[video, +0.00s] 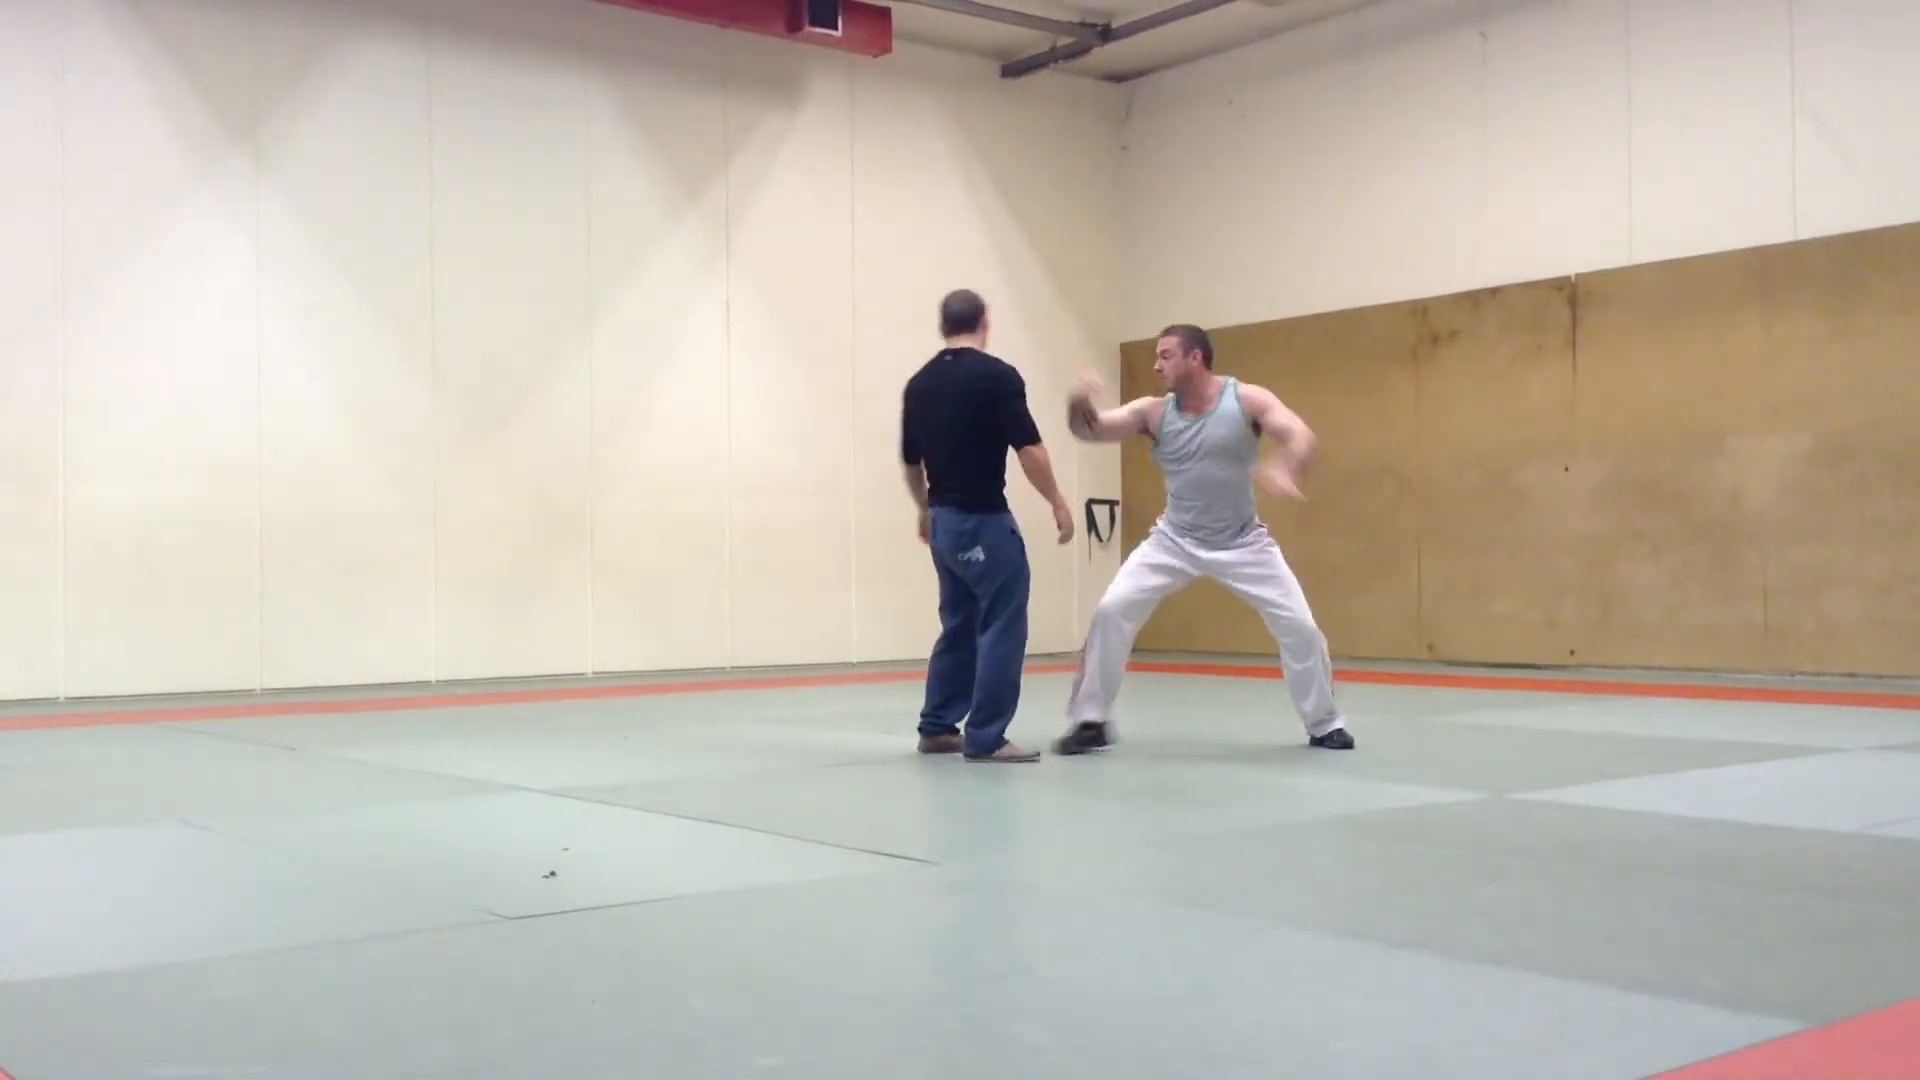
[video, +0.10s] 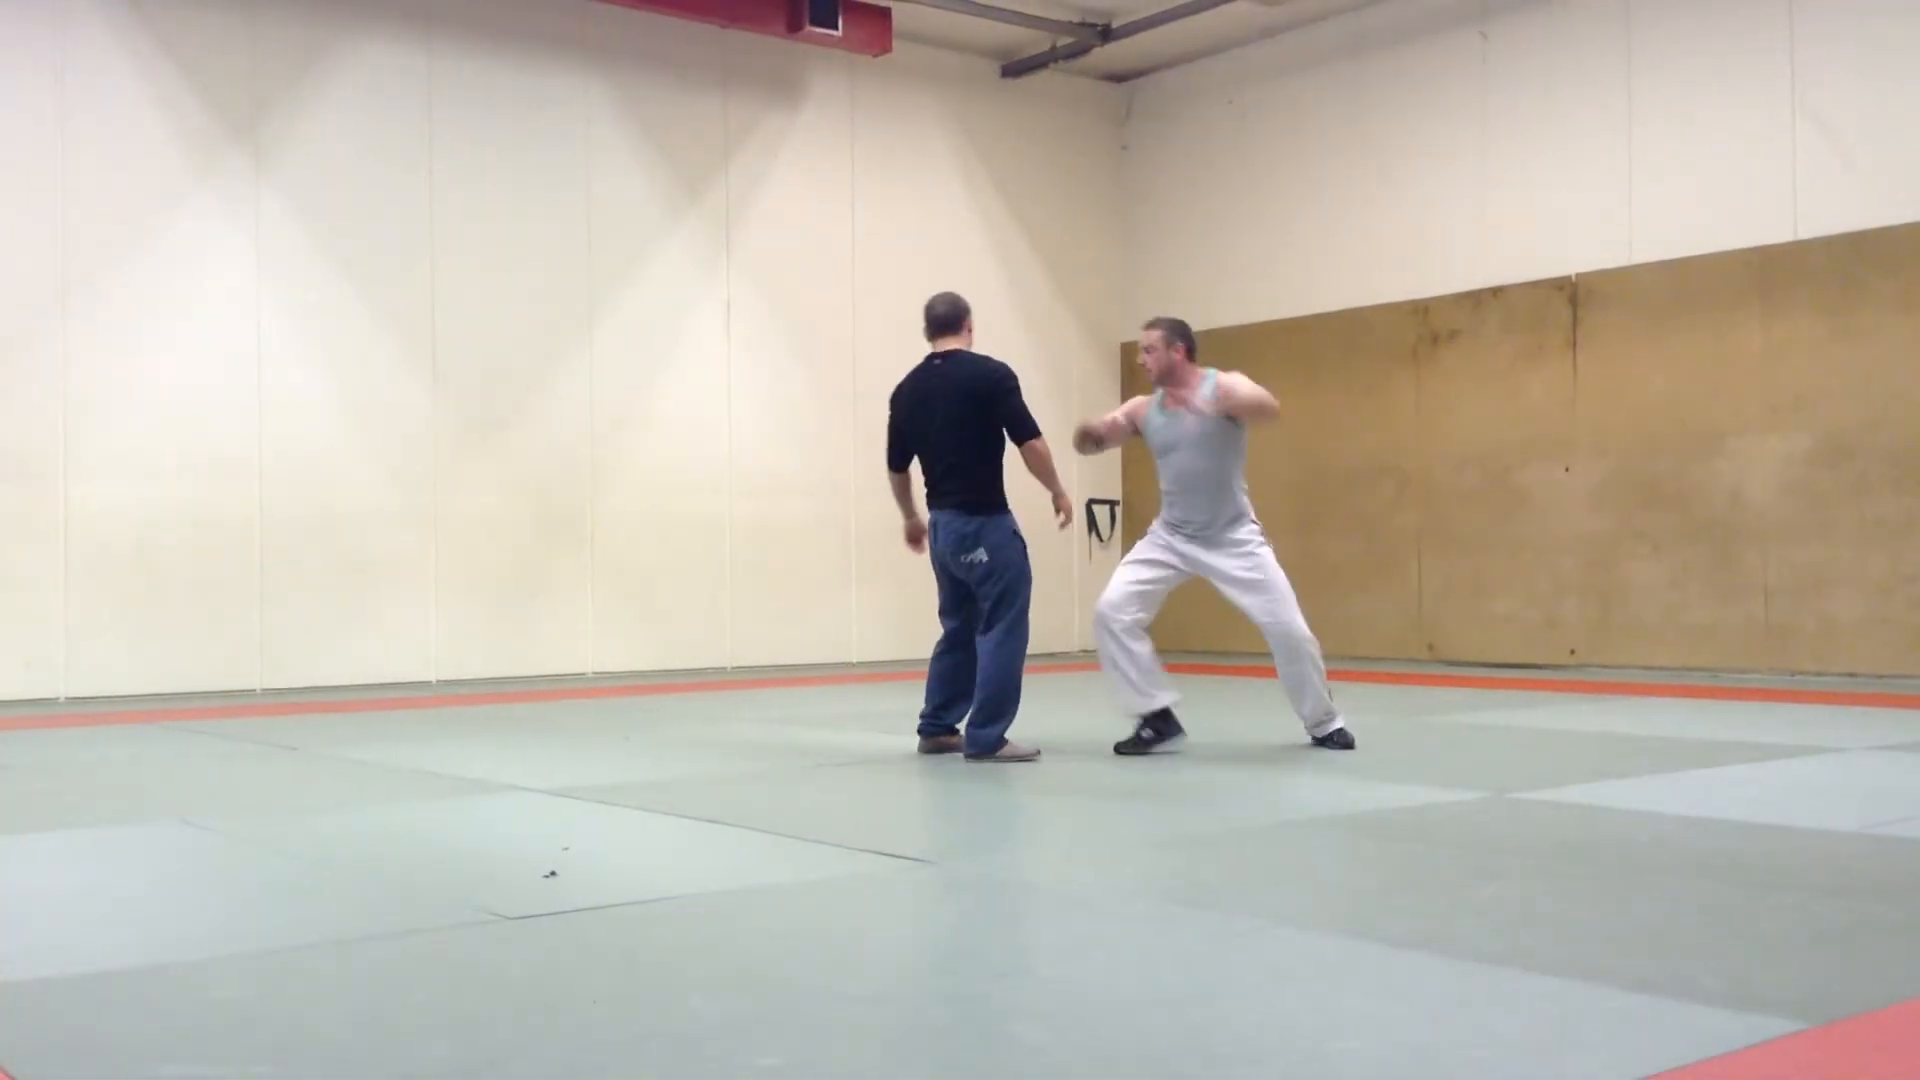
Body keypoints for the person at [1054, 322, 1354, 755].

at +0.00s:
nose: (1157, 365)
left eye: (1165, 356)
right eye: (1156, 357)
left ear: (1196, 359)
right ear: (1178, 362)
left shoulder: (1247, 399)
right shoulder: (1153, 411)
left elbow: (1300, 437)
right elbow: (1089, 429)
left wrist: (1284, 469)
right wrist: (1080, 403)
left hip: (1244, 544)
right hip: (1174, 541)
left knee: (1301, 629)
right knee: (1111, 610)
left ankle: (1324, 724)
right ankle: (1091, 722)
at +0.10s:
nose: (1142, 359)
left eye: (1150, 350)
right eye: (1141, 351)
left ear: (1180, 351)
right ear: (1150, 356)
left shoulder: (1222, 385)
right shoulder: (1143, 408)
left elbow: (1269, 408)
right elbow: (1088, 443)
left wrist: (1218, 403)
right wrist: (1092, 433)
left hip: (1235, 537)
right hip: (1171, 537)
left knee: (1291, 630)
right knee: (1113, 612)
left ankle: (1324, 724)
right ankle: (1159, 718)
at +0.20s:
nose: (1121, 354)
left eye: (1129, 344)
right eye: (1120, 345)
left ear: (1158, 344)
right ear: (1132, 349)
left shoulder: (1191, 386)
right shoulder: (1125, 406)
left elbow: (1210, 372)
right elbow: (1089, 457)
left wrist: (1130, 363)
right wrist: (1088, 447)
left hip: (1214, 527)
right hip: (1158, 531)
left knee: (1262, 623)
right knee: (1119, 623)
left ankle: (1326, 708)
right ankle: (1164, 726)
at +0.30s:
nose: (1103, 347)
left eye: (1110, 338)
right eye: (1101, 339)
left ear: (1140, 339)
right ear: (1110, 342)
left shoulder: (1176, 375)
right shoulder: (1119, 407)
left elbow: (1152, 359)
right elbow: (1104, 466)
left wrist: (1074, 349)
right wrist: (1089, 447)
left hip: (1195, 516)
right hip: (1147, 526)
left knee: (1200, 601)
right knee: (1118, 625)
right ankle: (1162, 726)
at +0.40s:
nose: (1086, 346)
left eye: (1093, 338)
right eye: (1085, 339)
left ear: (1119, 339)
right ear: (1098, 344)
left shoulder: (1155, 367)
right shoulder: (1113, 408)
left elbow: (1090, 344)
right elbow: (1113, 472)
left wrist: (1025, 348)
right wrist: (1076, 450)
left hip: (1177, 505)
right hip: (1140, 516)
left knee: (1128, 572)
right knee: (1111, 625)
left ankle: (1196, 643)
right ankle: (1160, 725)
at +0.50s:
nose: (1067, 346)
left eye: (1074, 339)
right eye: (1068, 340)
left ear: (1100, 338)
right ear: (1090, 340)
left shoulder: (1130, 366)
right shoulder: (1109, 398)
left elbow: (1062, 342)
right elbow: (1100, 477)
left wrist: (994, 361)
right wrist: (1054, 443)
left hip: (1157, 506)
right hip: (1138, 511)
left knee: (1090, 569)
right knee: (1112, 623)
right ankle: (1160, 725)